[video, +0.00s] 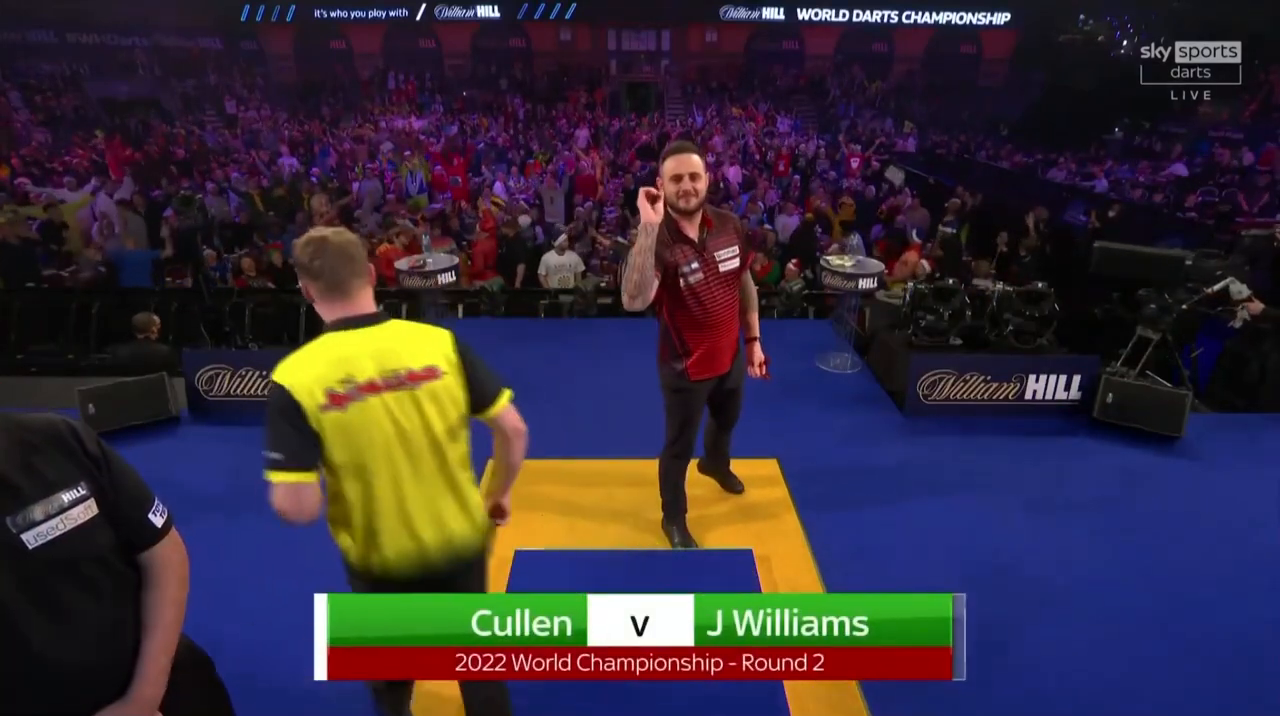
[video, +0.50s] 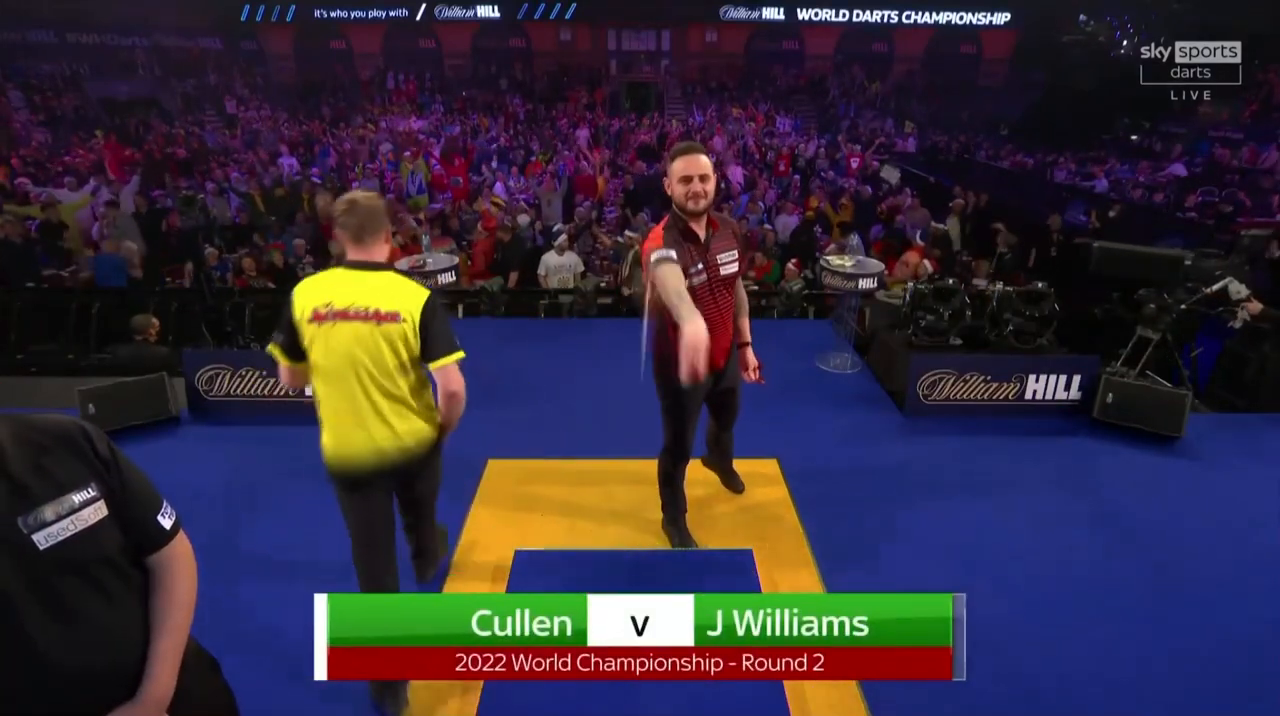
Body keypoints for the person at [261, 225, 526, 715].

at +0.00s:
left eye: (302, 283)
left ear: (308, 291)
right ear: (372, 275)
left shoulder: (296, 377)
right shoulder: (440, 343)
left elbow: (296, 505)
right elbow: (513, 430)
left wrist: (336, 476)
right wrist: (497, 495)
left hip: (379, 564)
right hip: (462, 548)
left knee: (391, 689)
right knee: (482, 674)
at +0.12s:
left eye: (304, 272)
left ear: (302, 280)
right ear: (363, 268)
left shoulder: (281, 363)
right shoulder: (419, 333)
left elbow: (268, 481)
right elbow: (484, 422)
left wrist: (313, 445)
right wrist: (483, 489)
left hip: (357, 529)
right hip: (434, 515)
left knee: (378, 633)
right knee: (457, 626)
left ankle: (392, 705)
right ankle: (474, 704)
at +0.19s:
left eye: (304, 267)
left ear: (303, 274)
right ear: (363, 262)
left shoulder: (280, 352)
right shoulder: (416, 326)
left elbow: (266, 467)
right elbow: (475, 417)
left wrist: (310, 434)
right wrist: (473, 481)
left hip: (352, 520)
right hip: (427, 505)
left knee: (377, 623)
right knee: (447, 607)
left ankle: (392, 705)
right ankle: (464, 704)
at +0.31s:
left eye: (307, 245)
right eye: (369, 242)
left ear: (309, 251)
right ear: (367, 245)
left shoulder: (281, 319)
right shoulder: (410, 310)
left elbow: (269, 419)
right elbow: (460, 404)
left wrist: (315, 398)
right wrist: (459, 454)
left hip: (342, 485)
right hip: (415, 473)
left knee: (372, 593)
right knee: (424, 537)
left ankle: (391, 701)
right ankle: (433, 633)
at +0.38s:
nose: (373, 246)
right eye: (374, 239)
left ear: (320, 244)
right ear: (374, 242)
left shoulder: (288, 307)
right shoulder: (411, 303)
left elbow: (278, 399)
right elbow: (455, 395)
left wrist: (323, 382)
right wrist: (451, 442)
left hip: (339, 473)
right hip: (411, 464)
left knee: (372, 585)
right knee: (422, 536)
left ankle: (390, 699)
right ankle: (431, 638)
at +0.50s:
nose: (388, 243)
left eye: (342, 236)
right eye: (389, 236)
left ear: (337, 239)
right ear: (391, 238)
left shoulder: (303, 295)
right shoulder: (418, 299)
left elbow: (291, 378)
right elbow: (452, 390)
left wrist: (331, 366)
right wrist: (441, 430)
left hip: (346, 453)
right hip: (414, 442)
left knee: (373, 563)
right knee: (421, 514)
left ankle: (387, 687)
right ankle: (430, 572)